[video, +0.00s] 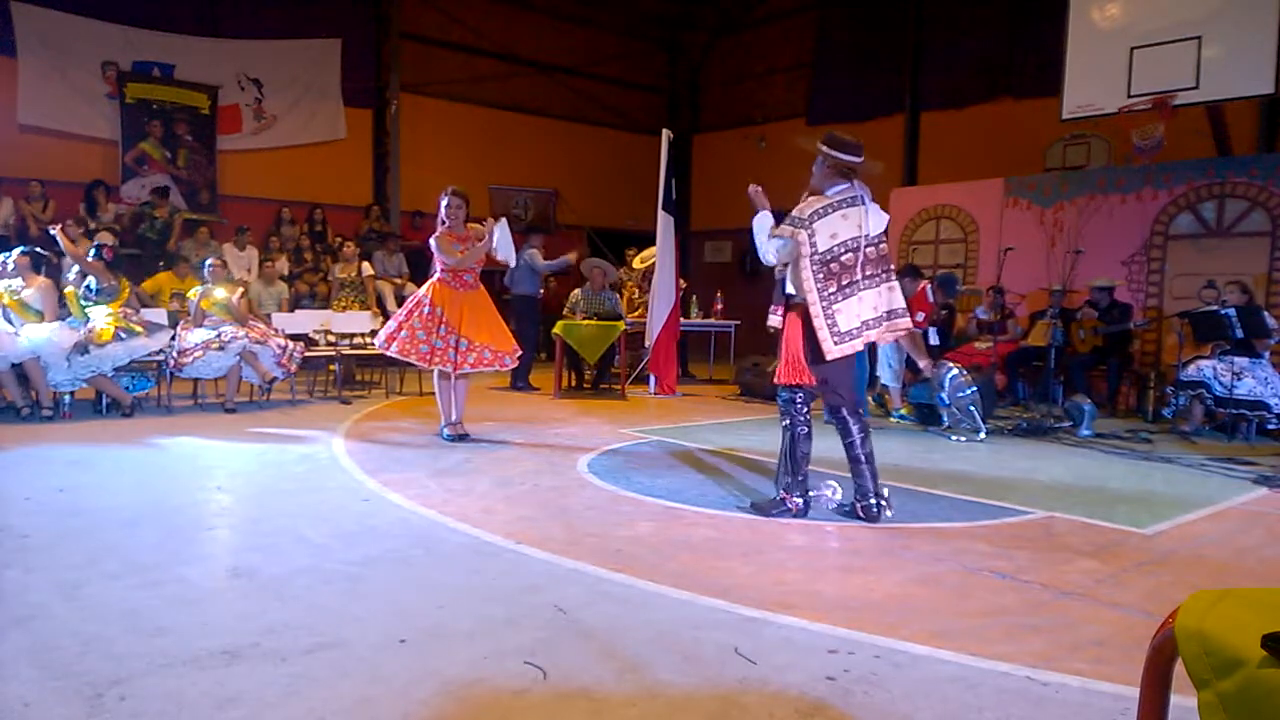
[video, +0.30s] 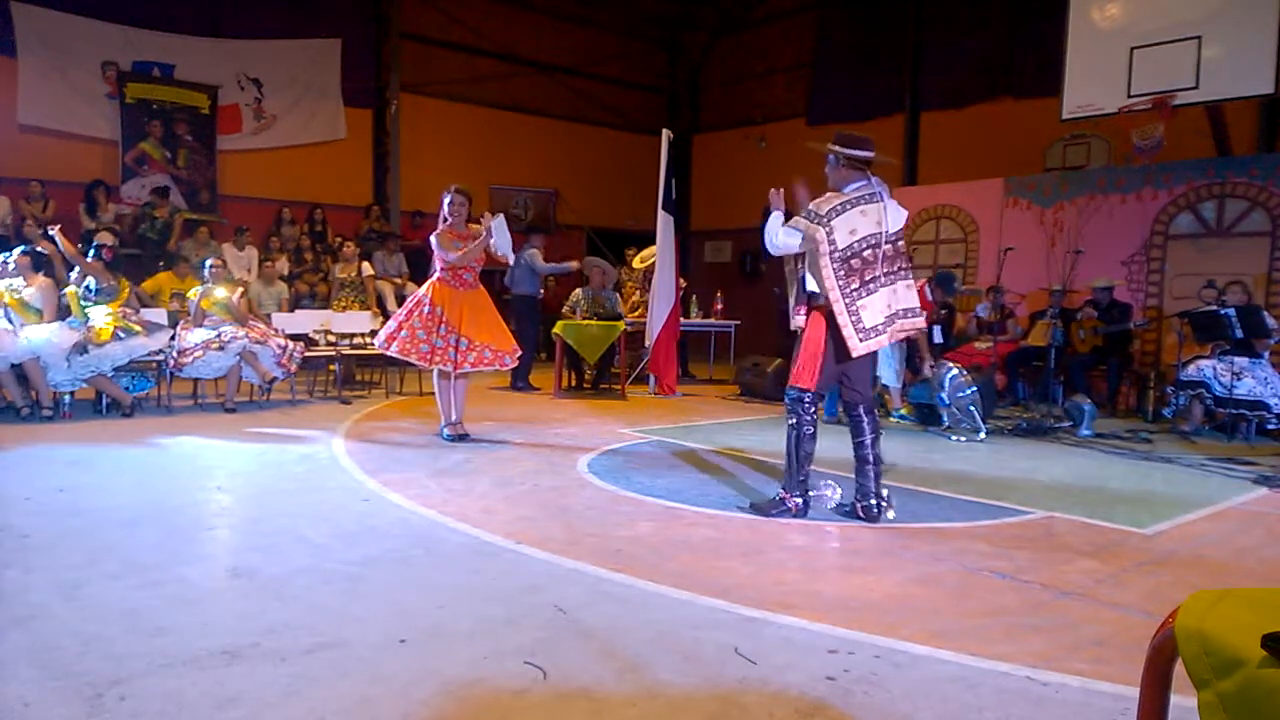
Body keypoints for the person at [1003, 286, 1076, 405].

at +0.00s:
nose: (1056, 299)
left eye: (1059, 296)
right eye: (1053, 296)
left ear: (1063, 298)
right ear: (1049, 297)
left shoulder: (1068, 315)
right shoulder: (1036, 315)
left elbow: (1068, 339)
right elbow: (1028, 335)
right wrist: (1024, 342)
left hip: (1056, 348)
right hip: (1036, 348)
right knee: (1012, 358)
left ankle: (1042, 398)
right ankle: (1013, 395)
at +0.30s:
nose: (1056, 299)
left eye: (1059, 296)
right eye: (1053, 296)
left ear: (1063, 298)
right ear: (1049, 297)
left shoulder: (1068, 315)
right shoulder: (1036, 315)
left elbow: (1068, 339)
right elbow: (1028, 334)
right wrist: (1024, 341)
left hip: (1056, 348)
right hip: (1035, 348)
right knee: (1011, 359)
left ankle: (1041, 397)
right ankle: (1013, 395)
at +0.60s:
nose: (1055, 299)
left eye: (1059, 296)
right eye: (1053, 296)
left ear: (1063, 298)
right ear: (1049, 297)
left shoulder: (1067, 315)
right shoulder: (1036, 315)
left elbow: (1068, 339)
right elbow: (1028, 334)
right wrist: (1024, 341)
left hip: (1055, 348)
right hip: (1035, 348)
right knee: (1012, 359)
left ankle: (1042, 398)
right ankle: (1013, 395)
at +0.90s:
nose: (1056, 299)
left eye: (1059, 296)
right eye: (1054, 295)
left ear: (1063, 297)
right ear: (1049, 296)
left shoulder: (1068, 314)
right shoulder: (1037, 315)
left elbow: (1068, 339)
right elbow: (1028, 334)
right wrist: (1024, 342)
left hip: (1055, 348)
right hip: (1035, 348)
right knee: (1011, 358)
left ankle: (1042, 398)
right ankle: (1013, 395)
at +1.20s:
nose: (1055, 299)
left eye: (1058, 296)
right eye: (1053, 295)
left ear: (1063, 298)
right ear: (1049, 296)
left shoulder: (1068, 314)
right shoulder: (1036, 315)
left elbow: (1069, 339)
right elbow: (1028, 335)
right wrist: (1024, 342)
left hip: (1056, 348)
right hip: (1036, 348)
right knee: (1012, 358)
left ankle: (1041, 397)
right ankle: (1013, 395)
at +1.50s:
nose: (1055, 299)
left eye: (1058, 296)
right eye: (1053, 295)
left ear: (1063, 298)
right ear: (1049, 296)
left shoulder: (1067, 314)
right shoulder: (1036, 315)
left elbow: (1068, 339)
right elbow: (1028, 334)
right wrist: (1023, 342)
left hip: (1055, 348)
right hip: (1035, 347)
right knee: (1012, 358)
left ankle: (1041, 397)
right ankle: (1013, 395)